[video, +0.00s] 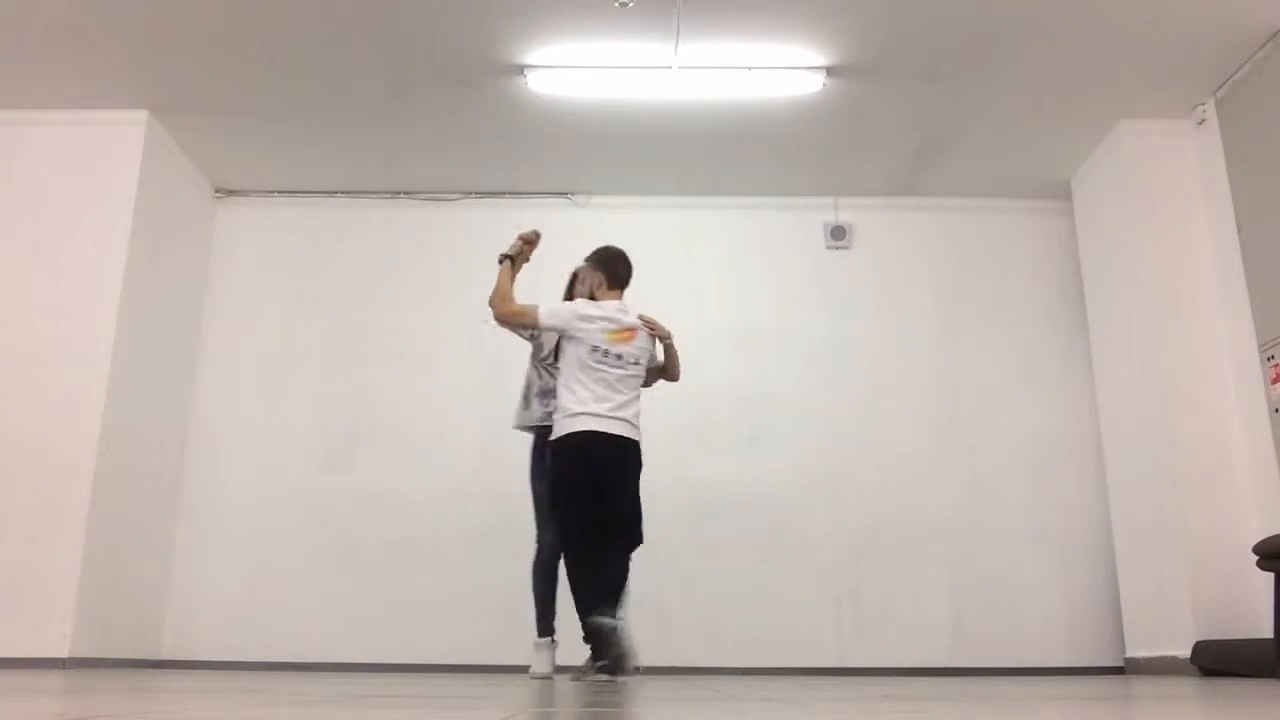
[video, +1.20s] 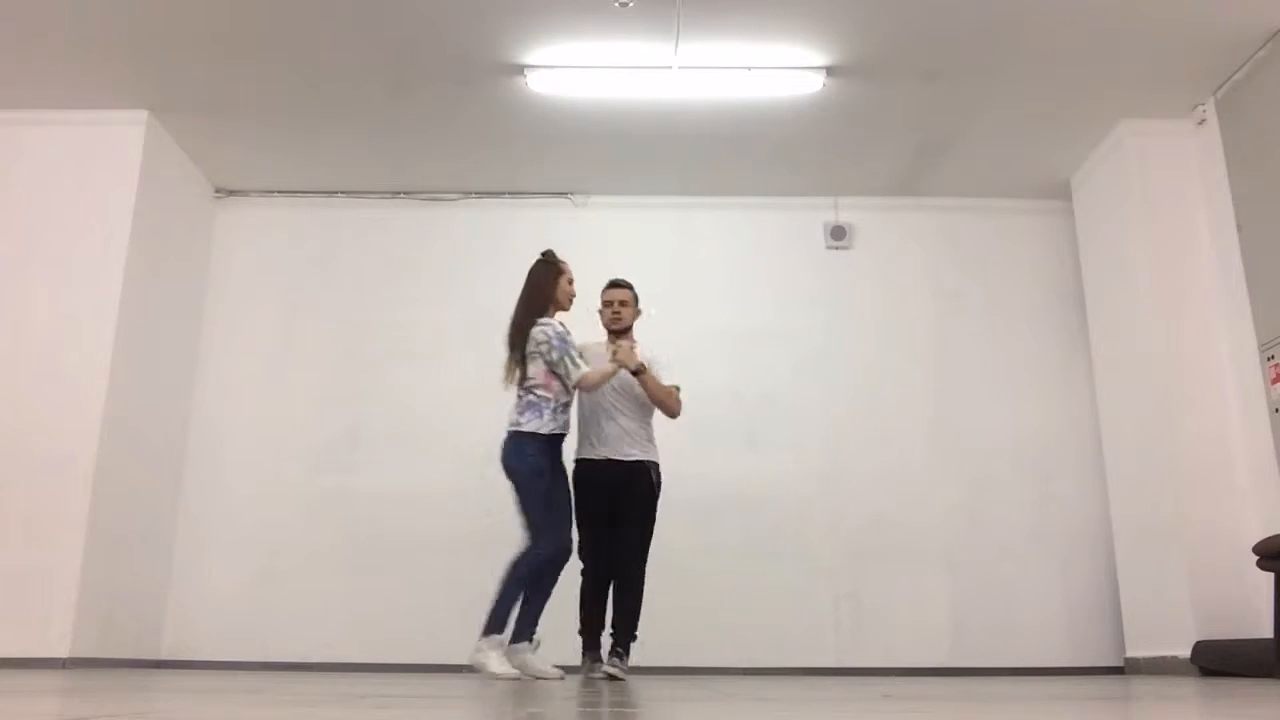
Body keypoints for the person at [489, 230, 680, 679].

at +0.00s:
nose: (581, 284)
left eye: (585, 276)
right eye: (582, 277)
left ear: (596, 278)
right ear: (625, 280)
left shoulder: (577, 315)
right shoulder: (641, 330)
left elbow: (503, 310)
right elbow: (661, 375)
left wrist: (509, 262)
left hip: (577, 441)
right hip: (625, 444)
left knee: (581, 546)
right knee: (620, 540)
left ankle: (608, 648)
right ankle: (610, 627)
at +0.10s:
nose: (588, 285)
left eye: (593, 278)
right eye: (587, 278)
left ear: (610, 280)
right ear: (629, 282)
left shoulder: (597, 315)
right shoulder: (648, 329)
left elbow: (521, 320)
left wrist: (520, 271)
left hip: (591, 439)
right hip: (631, 443)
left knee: (585, 550)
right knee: (616, 549)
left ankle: (602, 656)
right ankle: (656, 643)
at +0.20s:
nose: (592, 287)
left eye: (598, 280)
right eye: (593, 280)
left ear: (621, 283)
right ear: (630, 287)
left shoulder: (617, 320)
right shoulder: (651, 328)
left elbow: (552, 339)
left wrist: (539, 294)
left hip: (608, 442)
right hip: (636, 443)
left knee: (592, 550)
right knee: (627, 553)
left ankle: (602, 655)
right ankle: (666, 653)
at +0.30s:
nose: (598, 288)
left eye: (607, 282)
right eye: (599, 282)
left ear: (631, 287)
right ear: (627, 289)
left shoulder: (632, 327)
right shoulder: (640, 328)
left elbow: (586, 363)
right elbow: (590, 361)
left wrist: (560, 322)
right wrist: (563, 336)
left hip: (625, 447)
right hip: (641, 446)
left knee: (598, 549)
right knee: (638, 553)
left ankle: (605, 655)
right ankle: (672, 655)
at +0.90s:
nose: (618, 307)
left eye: (626, 300)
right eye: (613, 301)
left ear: (645, 306)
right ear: (609, 308)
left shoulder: (661, 344)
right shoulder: (607, 356)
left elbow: (646, 371)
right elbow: (573, 384)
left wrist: (612, 327)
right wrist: (548, 358)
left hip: (653, 463)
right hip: (614, 463)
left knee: (625, 560)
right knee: (596, 559)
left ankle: (613, 653)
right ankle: (661, 637)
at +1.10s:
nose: (616, 307)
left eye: (624, 301)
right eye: (611, 302)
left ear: (641, 309)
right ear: (604, 308)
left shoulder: (657, 351)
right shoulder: (593, 352)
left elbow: (669, 394)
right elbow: (565, 370)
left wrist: (633, 357)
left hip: (643, 466)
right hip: (597, 465)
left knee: (629, 559)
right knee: (593, 555)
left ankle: (617, 650)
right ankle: (600, 640)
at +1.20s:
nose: (615, 311)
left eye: (622, 305)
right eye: (609, 305)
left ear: (637, 312)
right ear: (600, 311)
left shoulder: (650, 359)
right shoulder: (584, 354)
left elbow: (673, 408)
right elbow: (554, 388)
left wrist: (638, 369)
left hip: (638, 470)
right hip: (591, 468)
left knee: (631, 565)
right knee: (595, 564)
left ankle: (620, 651)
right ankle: (591, 649)